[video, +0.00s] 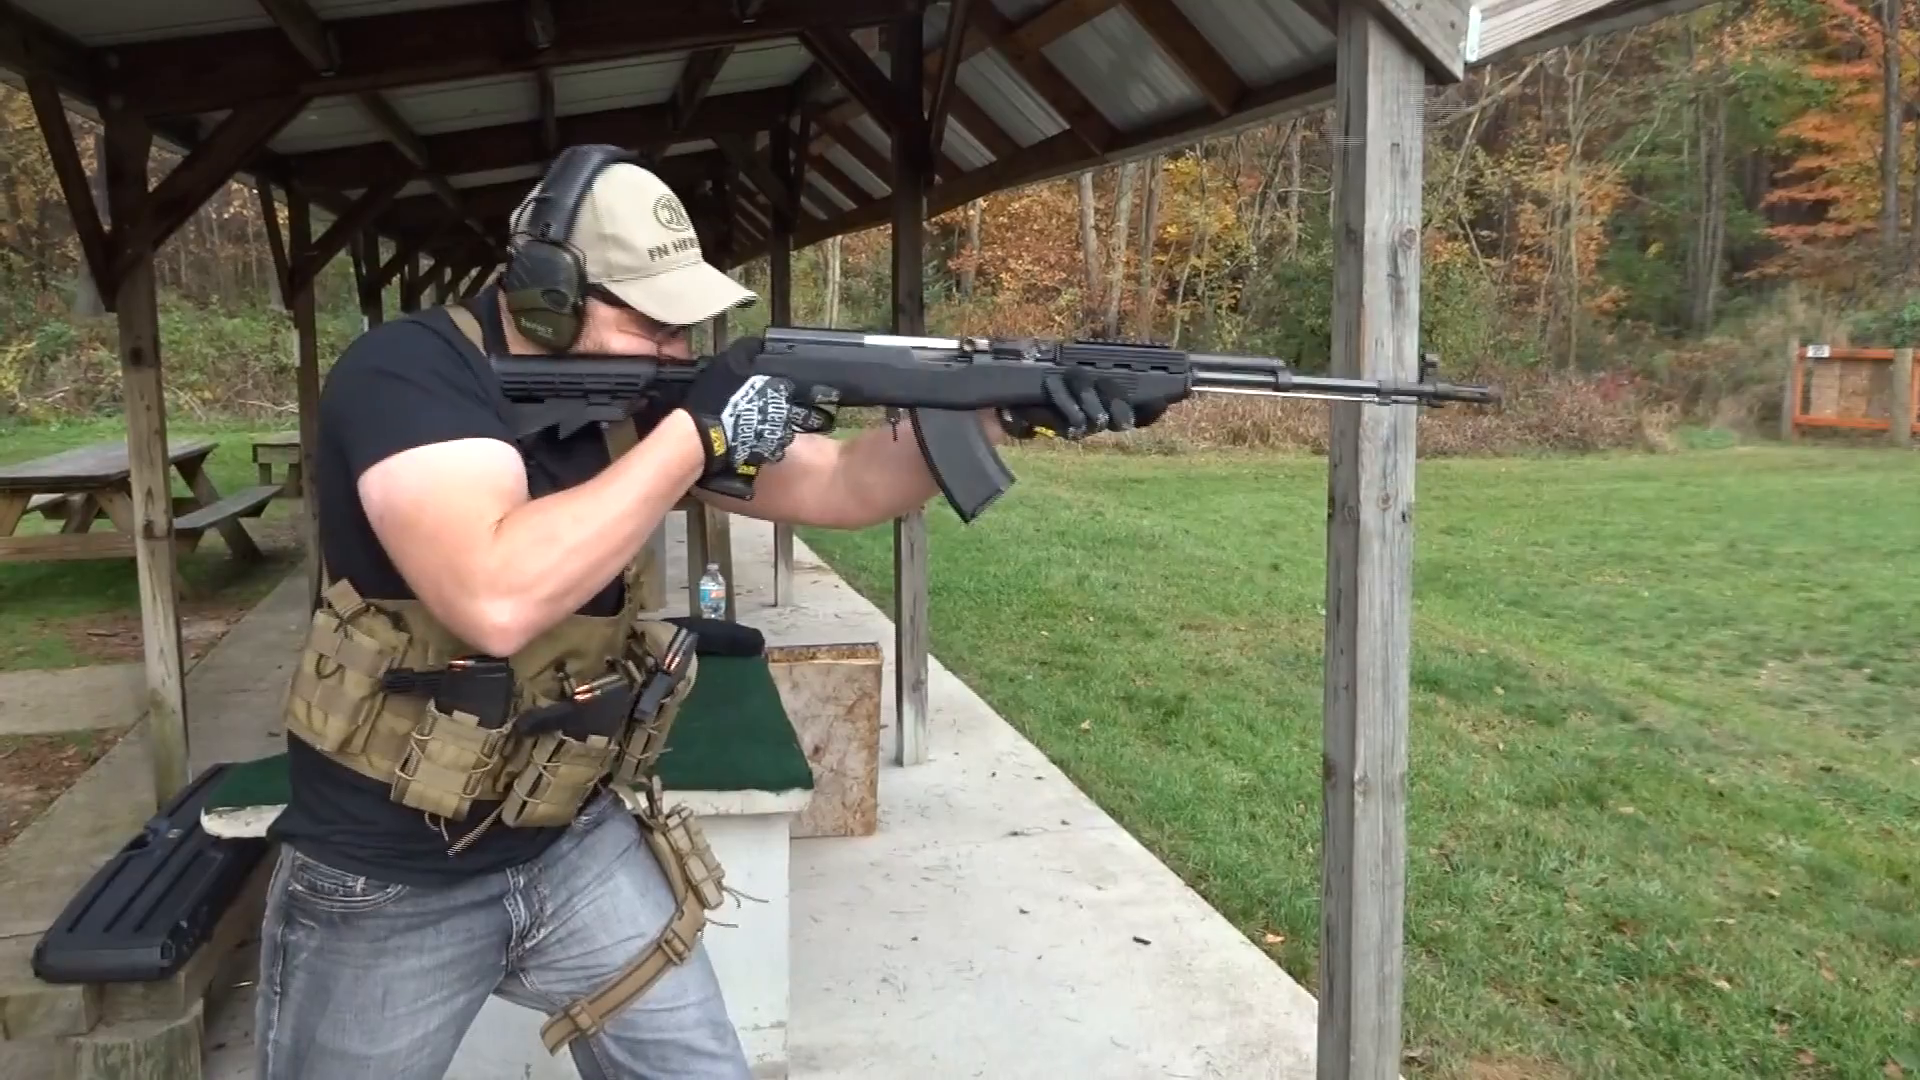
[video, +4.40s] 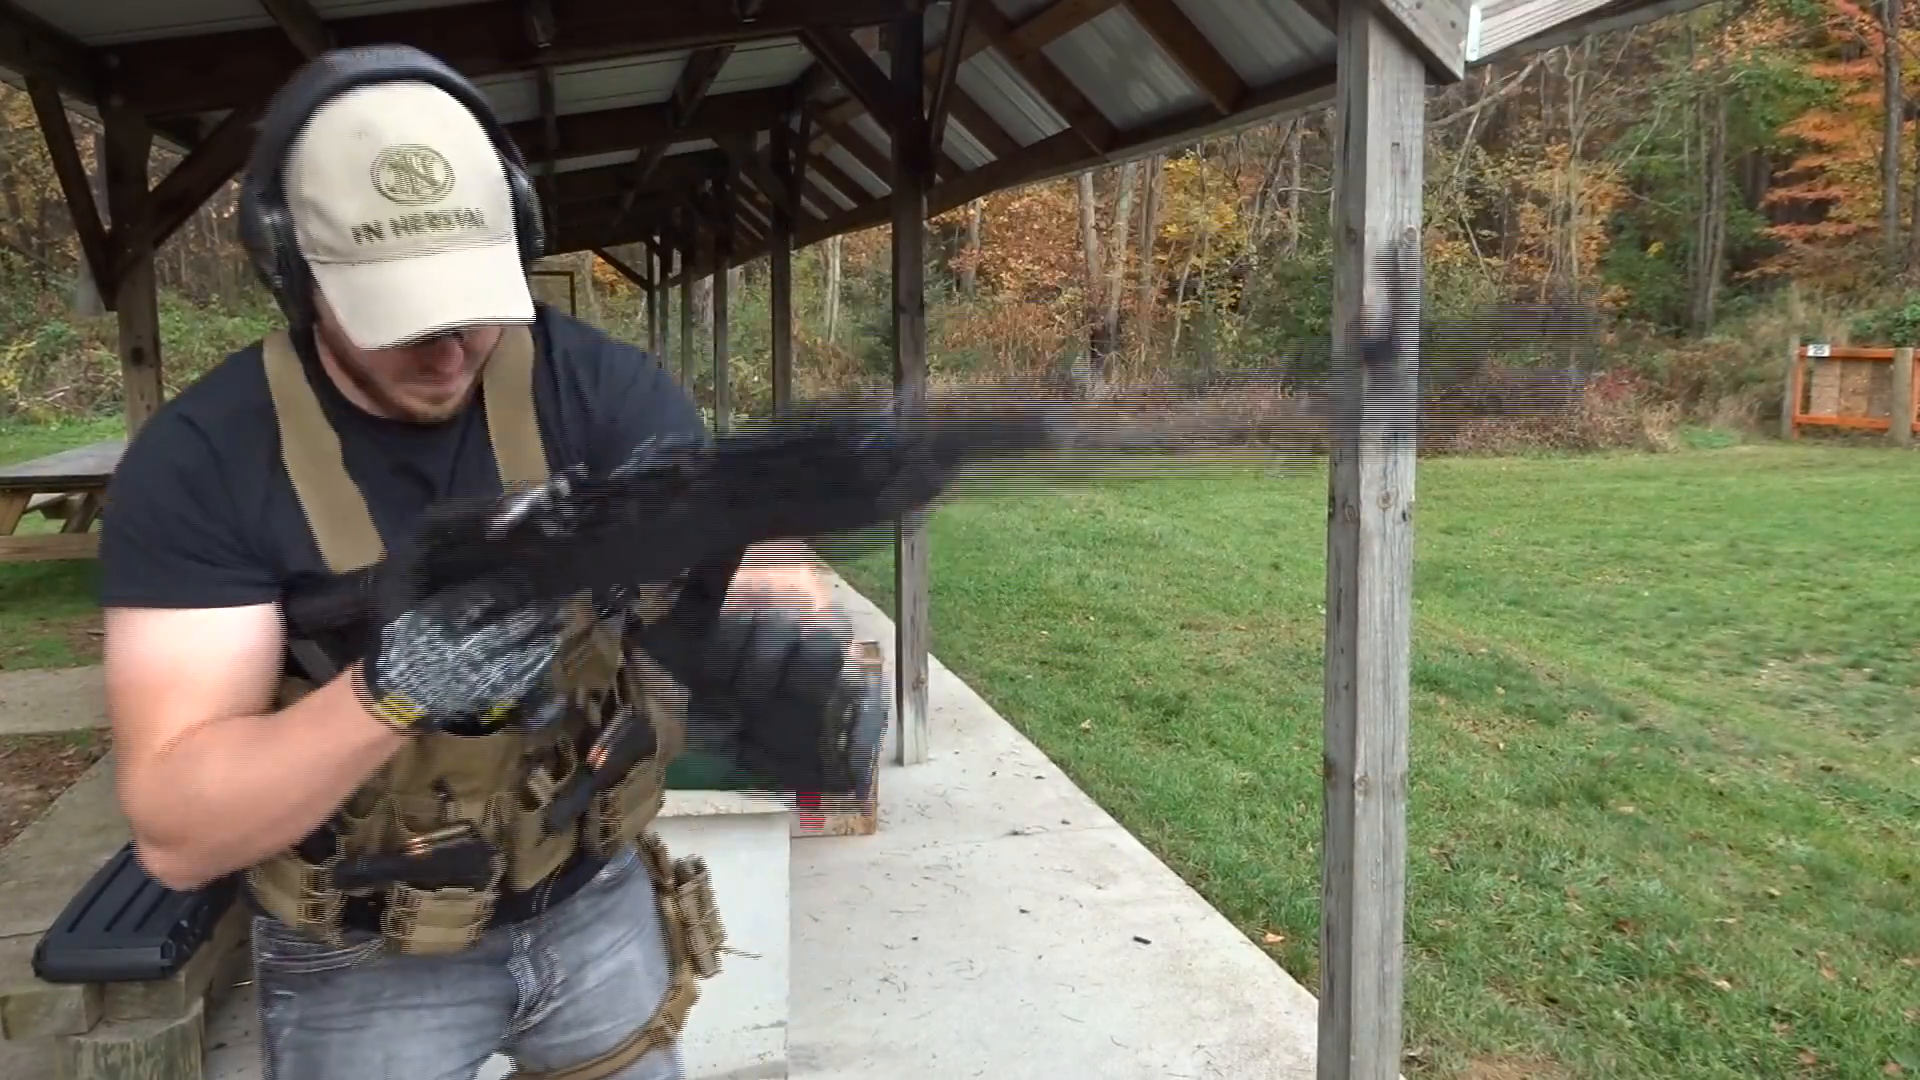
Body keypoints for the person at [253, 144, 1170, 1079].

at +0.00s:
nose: (670, 350)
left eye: (677, 327)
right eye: (644, 324)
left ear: (669, 304)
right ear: (547, 299)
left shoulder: (629, 400)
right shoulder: (398, 380)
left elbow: (842, 478)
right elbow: (495, 596)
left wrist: (1025, 399)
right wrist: (696, 428)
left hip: (580, 844)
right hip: (385, 886)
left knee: (704, 1068)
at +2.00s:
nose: (641, 353)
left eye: (650, 327)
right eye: (613, 326)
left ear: (657, 300)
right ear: (511, 299)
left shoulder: (615, 407)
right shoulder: (366, 379)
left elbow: (825, 479)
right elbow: (455, 602)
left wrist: (1003, 396)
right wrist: (671, 432)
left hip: (574, 850)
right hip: (379, 898)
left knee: (700, 1065)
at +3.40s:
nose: (752, 278)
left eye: (756, 249)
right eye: (723, 250)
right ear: (623, 240)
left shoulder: (741, 385)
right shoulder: (497, 375)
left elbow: (897, 525)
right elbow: (528, 622)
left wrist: (985, 458)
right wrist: (769, 500)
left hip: (693, 827)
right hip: (493, 860)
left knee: (787, 1066)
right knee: (428, 1066)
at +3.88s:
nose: (622, 283)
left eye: (639, 243)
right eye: (579, 255)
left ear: (672, 236)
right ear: (503, 260)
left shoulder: (729, 357)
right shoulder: (430, 421)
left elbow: (915, 510)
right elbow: (450, 745)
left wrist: (969, 470)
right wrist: (699, 571)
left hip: (721, 847)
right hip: (514, 885)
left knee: (785, 1062)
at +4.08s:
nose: (502, 318)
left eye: (520, 271)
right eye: (457, 288)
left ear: (563, 247)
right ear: (377, 285)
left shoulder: (644, 361)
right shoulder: (311, 465)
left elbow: (842, 496)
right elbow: (356, 811)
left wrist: (911, 490)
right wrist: (610, 619)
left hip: (648, 874)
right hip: (431, 937)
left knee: (722, 1060)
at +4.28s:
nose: (446, 330)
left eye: (468, 282)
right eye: (395, 304)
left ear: (502, 230)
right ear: (297, 281)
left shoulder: (587, 356)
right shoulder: (219, 468)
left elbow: (775, 492)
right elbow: (230, 827)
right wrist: (464, 657)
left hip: (616, 893)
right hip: (384, 956)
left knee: (676, 1064)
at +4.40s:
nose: (448, 344)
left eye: (471, 299)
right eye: (400, 315)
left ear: (509, 243)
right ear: (302, 277)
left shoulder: (599, 390)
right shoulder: (203, 463)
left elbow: (767, 580)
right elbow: (177, 828)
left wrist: (802, 658)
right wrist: (396, 689)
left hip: (600, 913)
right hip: (364, 964)